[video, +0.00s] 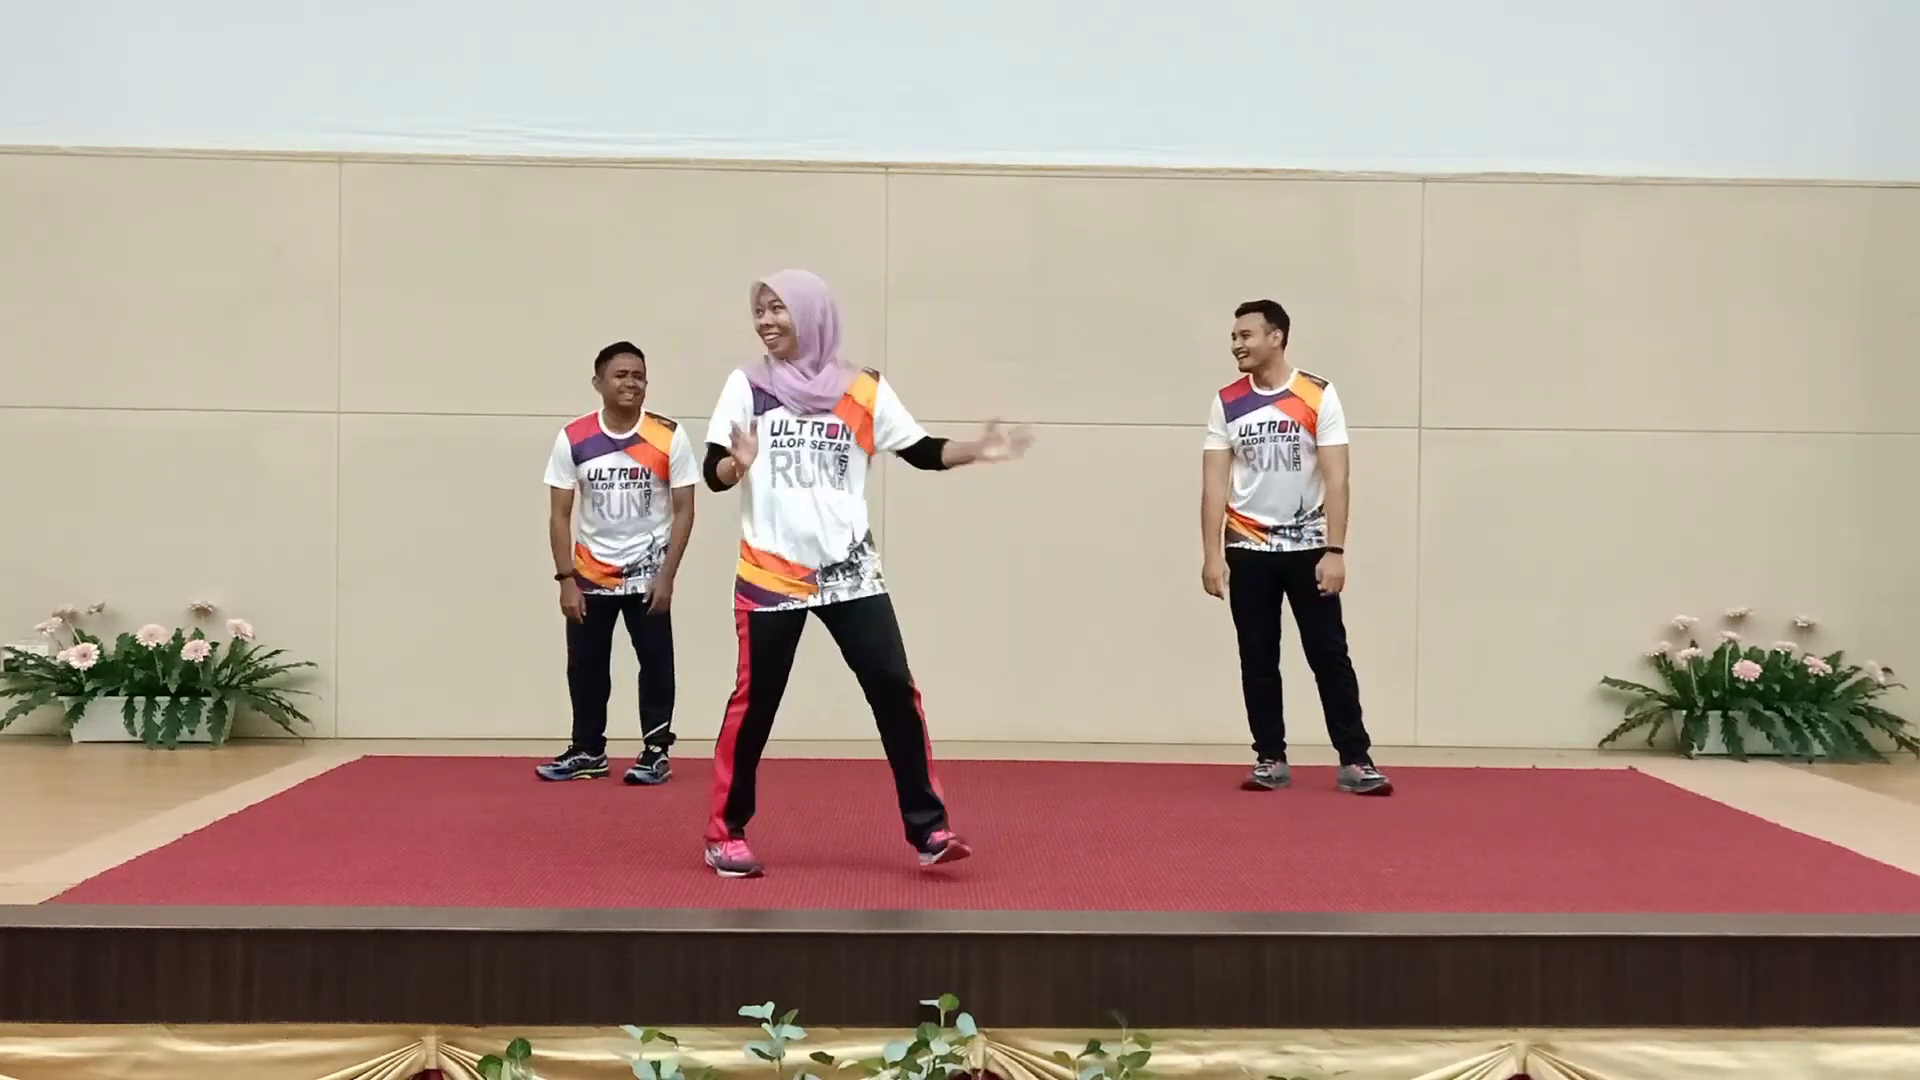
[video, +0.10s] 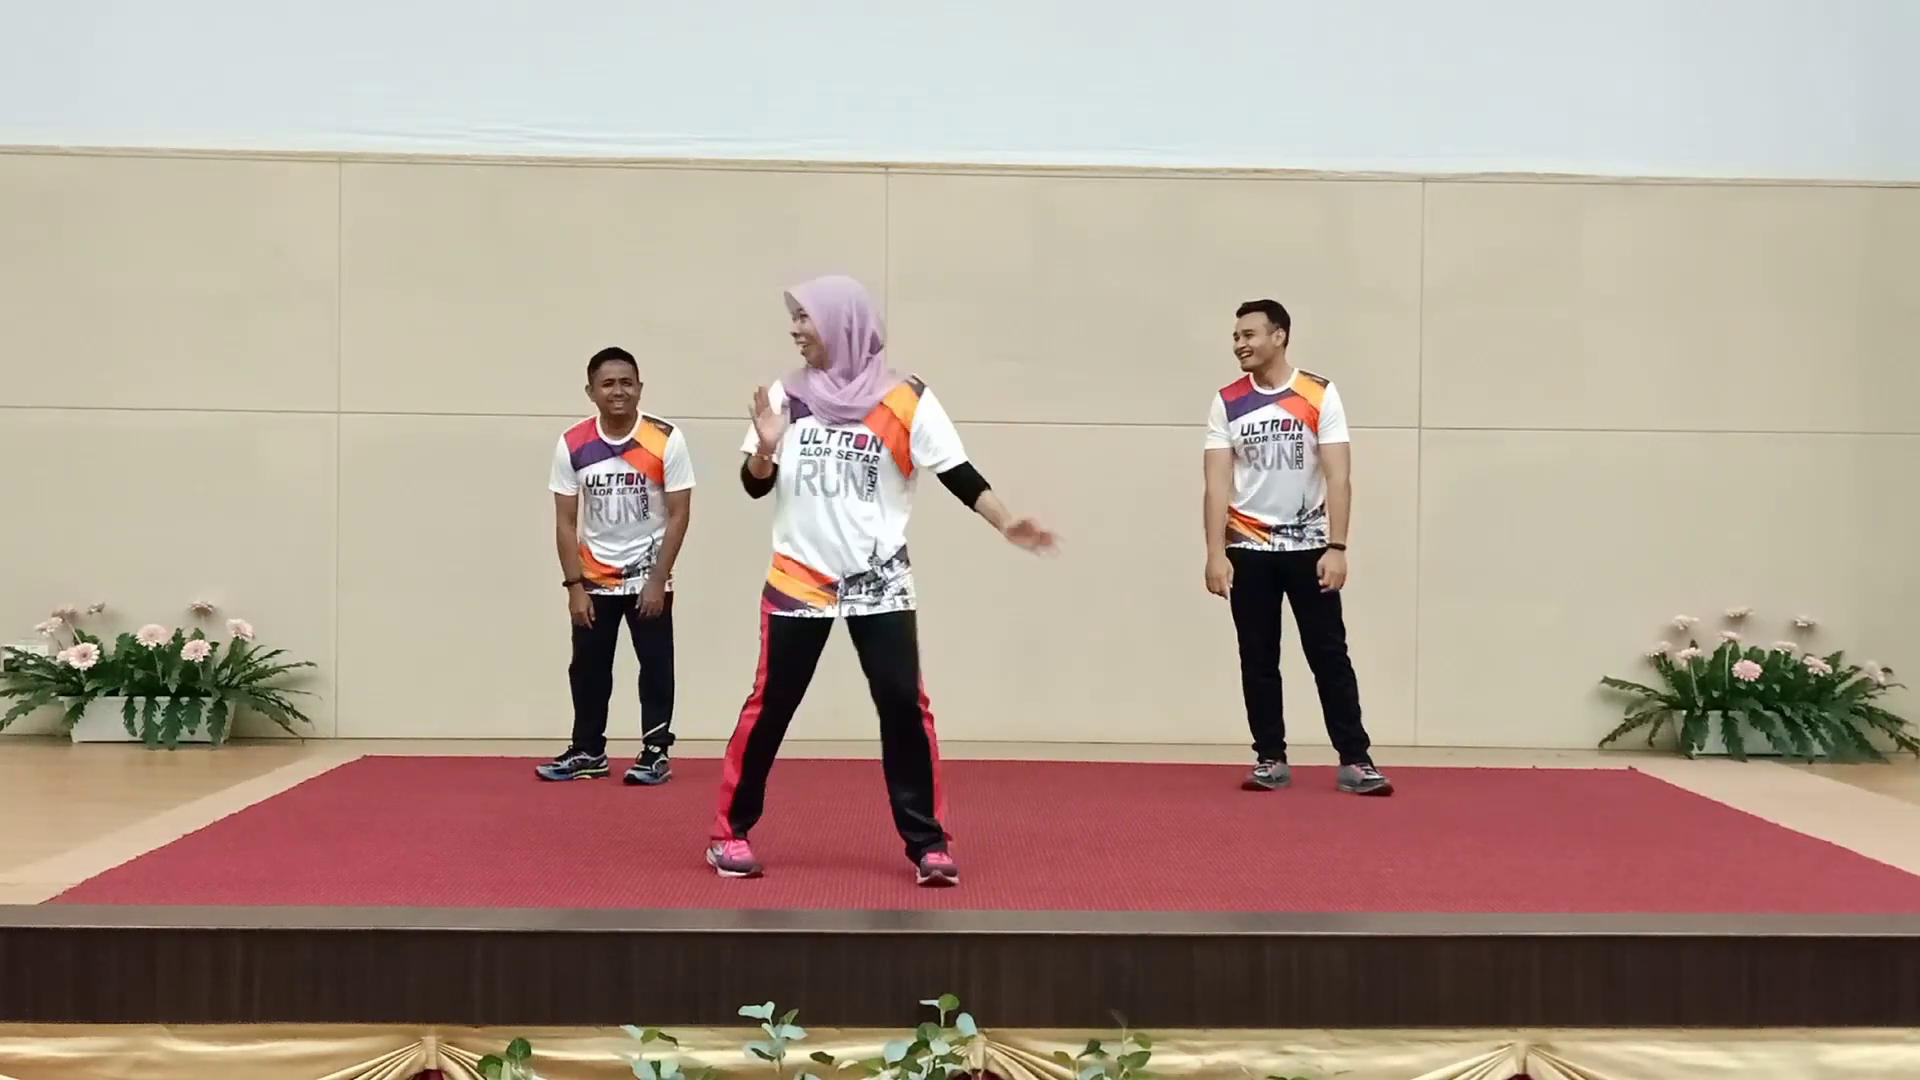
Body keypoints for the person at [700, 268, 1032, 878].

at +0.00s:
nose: (766, 321)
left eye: (777, 308)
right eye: (760, 312)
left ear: (813, 312)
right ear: (757, 322)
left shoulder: (861, 388)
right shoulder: (746, 389)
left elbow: (919, 449)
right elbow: (714, 475)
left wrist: (974, 448)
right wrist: (737, 465)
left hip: (849, 570)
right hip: (772, 572)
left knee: (895, 688)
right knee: (755, 702)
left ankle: (928, 829)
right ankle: (725, 834)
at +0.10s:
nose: (796, 331)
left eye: (805, 319)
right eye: (795, 320)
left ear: (843, 322)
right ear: (810, 326)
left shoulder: (904, 399)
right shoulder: (786, 398)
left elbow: (954, 469)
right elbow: (755, 488)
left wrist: (1005, 521)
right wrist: (765, 447)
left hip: (879, 581)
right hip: (799, 578)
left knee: (903, 706)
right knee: (771, 706)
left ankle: (928, 846)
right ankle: (729, 833)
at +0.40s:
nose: (856, 325)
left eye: (866, 315)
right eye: (859, 315)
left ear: (899, 322)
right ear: (887, 322)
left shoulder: (958, 395)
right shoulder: (859, 389)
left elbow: (981, 489)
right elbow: (846, 477)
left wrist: (983, 573)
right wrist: (824, 444)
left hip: (934, 572)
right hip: (861, 568)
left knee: (929, 706)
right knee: (823, 686)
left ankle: (930, 845)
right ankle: (798, 825)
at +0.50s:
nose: (870, 329)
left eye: (879, 318)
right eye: (872, 318)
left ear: (910, 321)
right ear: (899, 322)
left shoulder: (967, 394)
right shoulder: (871, 387)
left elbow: (986, 489)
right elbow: (865, 480)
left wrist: (976, 575)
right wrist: (837, 452)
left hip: (944, 575)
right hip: (872, 570)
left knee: (931, 704)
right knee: (837, 682)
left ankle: (931, 843)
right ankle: (850, 822)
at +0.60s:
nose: (890, 334)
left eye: (897, 323)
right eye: (890, 322)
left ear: (926, 323)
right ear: (915, 323)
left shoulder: (976, 394)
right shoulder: (892, 391)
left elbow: (997, 490)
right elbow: (893, 479)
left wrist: (975, 568)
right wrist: (861, 474)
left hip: (951, 576)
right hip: (888, 573)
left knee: (934, 704)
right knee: (878, 689)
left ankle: (931, 840)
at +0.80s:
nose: (909, 338)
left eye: (915, 328)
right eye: (909, 328)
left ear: (940, 329)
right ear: (952, 327)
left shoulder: (988, 401)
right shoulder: (922, 395)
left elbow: (1007, 490)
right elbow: (912, 474)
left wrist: (992, 570)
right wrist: (892, 513)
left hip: (973, 577)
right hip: (926, 580)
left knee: (942, 704)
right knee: (959, 704)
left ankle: (931, 842)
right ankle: (1024, 828)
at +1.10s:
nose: (936, 349)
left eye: (940, 338)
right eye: (936, 338)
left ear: (961, 337)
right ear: (987, 334)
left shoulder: (1003, 406)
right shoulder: (971, 403)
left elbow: (1018, 505)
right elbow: (958, 502)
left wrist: (1011, 589)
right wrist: (940, 579)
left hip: (1003, 586)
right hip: (984, 584)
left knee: (962, 706)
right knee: (1007, 711)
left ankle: (935, 841)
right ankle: (1033, 836)